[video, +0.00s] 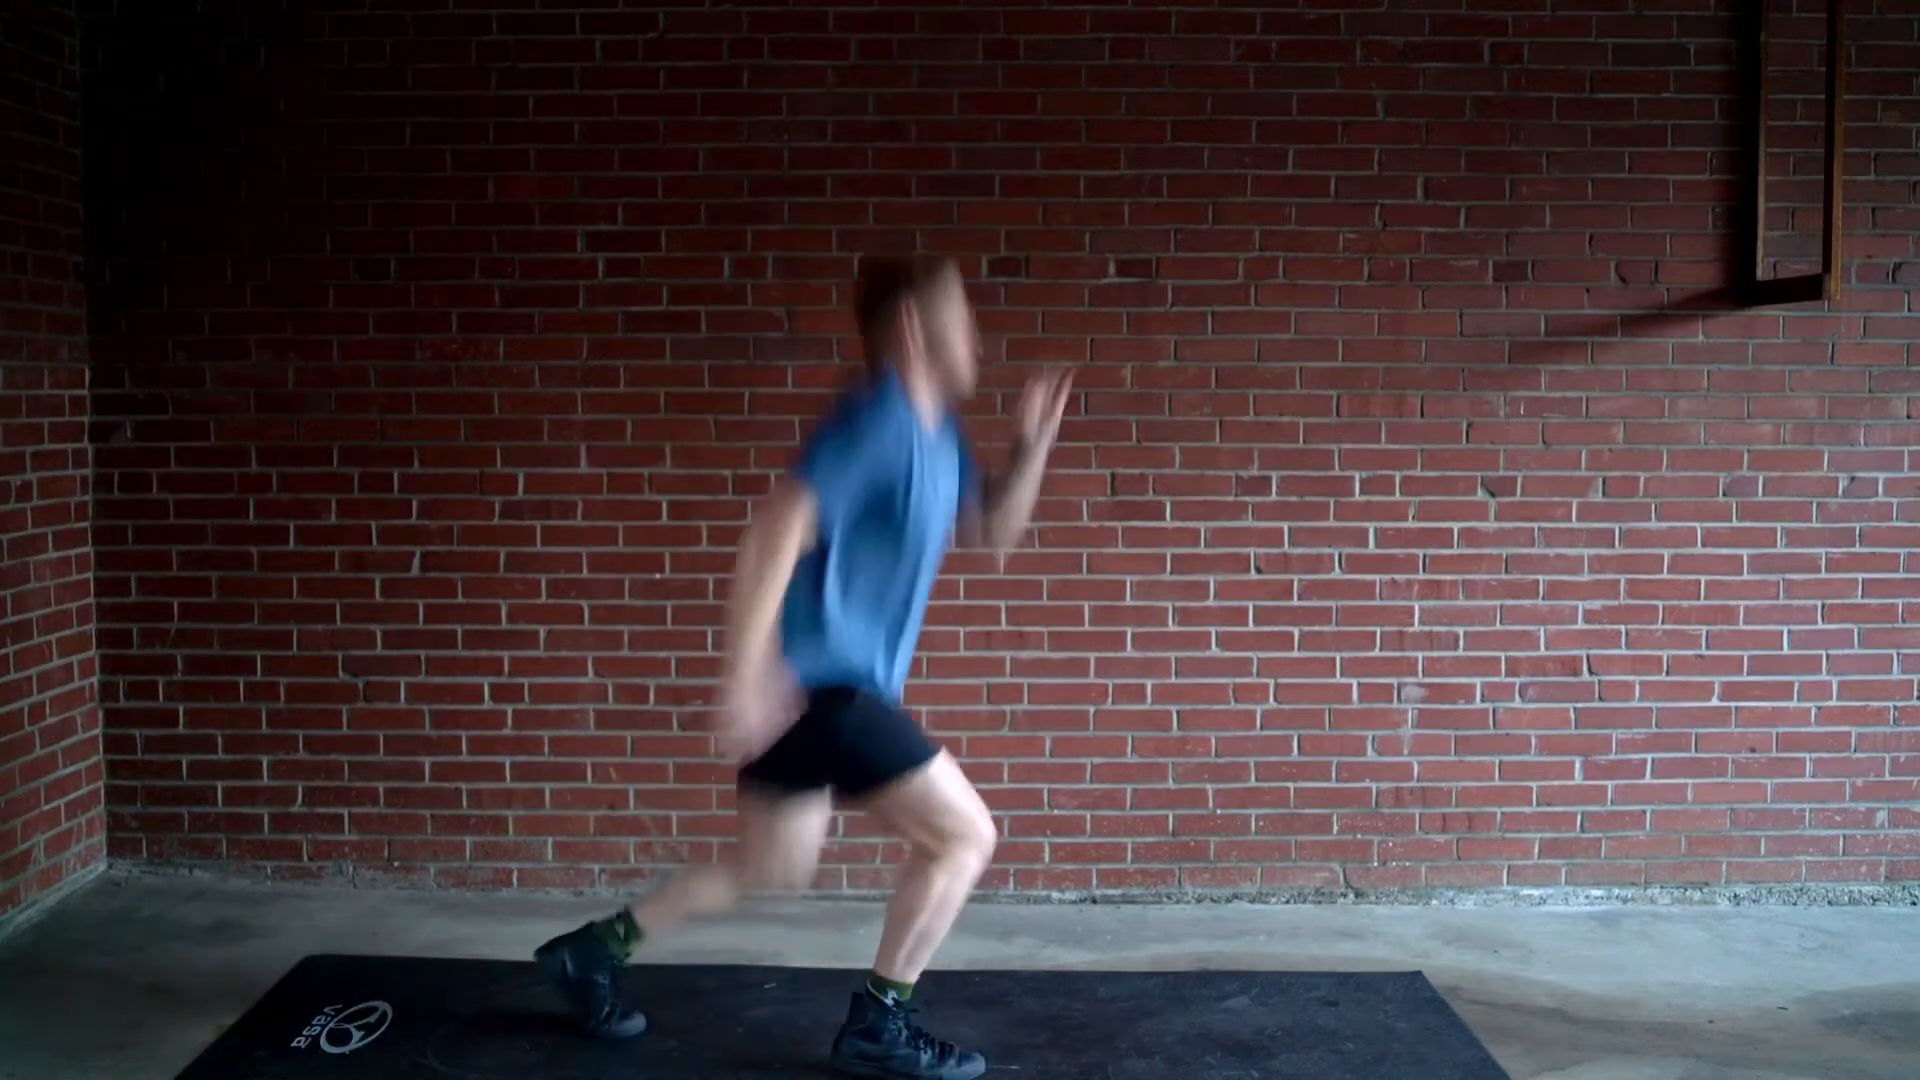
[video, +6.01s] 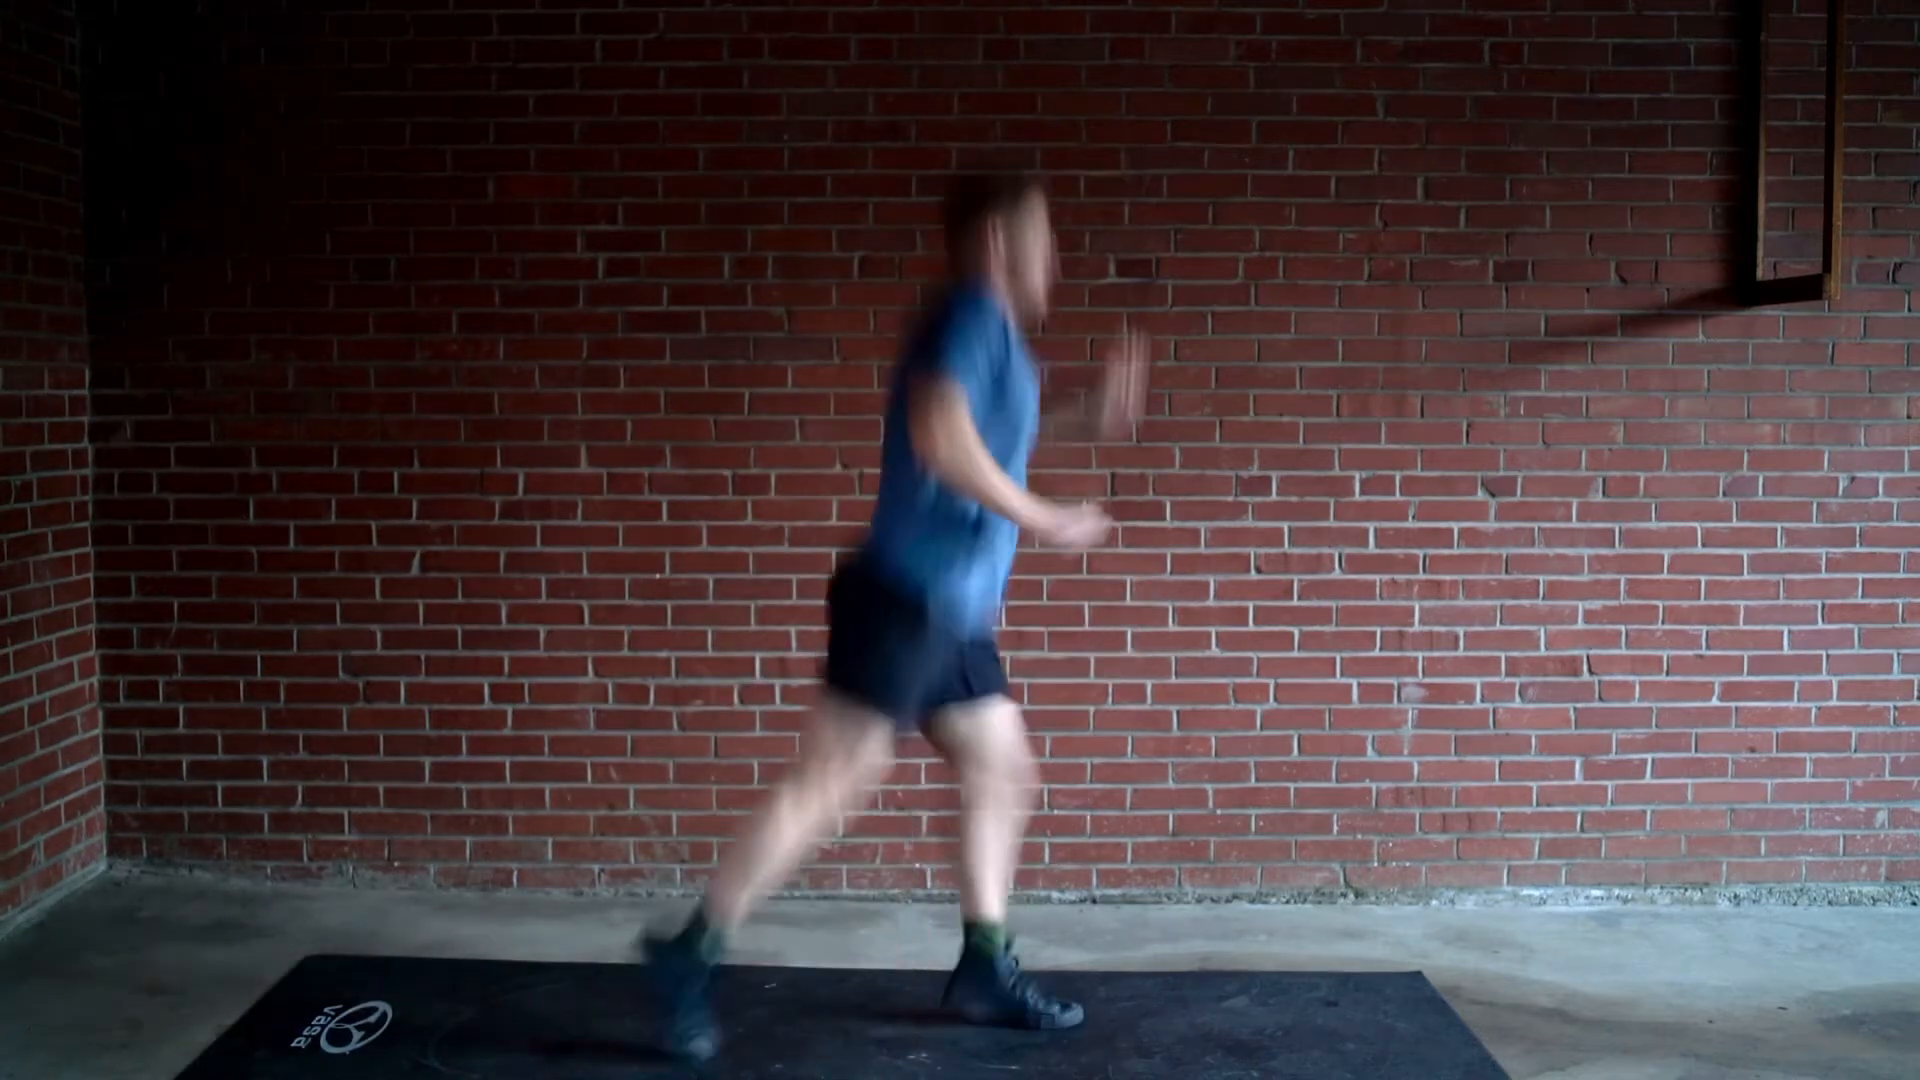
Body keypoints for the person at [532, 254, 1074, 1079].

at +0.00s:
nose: (973, 332)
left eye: (969, 314)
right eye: (958, 314)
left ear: (920, 324)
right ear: (909, 323)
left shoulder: (937, 430)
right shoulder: (877, 418)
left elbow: (995, 531)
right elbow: (778, 524)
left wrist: (1030, 448)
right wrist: (745, 672)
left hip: (826, 680)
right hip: (820, 682)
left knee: (774, 865)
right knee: (963, 835)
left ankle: (595, 949)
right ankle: (880, 1021)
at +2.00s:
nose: (1027, 520)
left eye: (1025, 503)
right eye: (1016, 502)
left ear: (970, 514)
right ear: (965, 512)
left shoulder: (963, 610)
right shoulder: (881, 596)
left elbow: (1006, 729)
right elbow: (747, 681)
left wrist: (1067, 661)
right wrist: (647, 791)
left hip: (829, 816)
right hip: (787, 821)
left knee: (827, 1001)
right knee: (995, 858)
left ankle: (645, 957)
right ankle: (896, 1029)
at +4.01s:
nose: (994, 151)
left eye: (993, 133)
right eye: (980, 131)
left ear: (951, 138)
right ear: (925, 131)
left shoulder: (953, 260)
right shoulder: (862, 220)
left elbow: (1036, 348)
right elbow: (725, 306)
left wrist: (1063, 239)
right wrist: (597, 398)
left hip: (856, 506)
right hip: (839, 506)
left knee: (782, 722)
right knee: (897, 735)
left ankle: (612, 814)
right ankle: (865, 955)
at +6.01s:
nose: (1051, 251)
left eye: (1050, 232)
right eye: (1038, 232)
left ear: (1005, 241)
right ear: (992, 237)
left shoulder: (1002, 336)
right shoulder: (968, 319)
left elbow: (999, 435)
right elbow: (941, 434)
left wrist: (1090, 418)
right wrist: (1044, 518)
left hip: (956, 611)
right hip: (901, 599)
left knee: (1001, 771)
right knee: (828, 780)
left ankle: (984, 966)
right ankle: (690, 951)